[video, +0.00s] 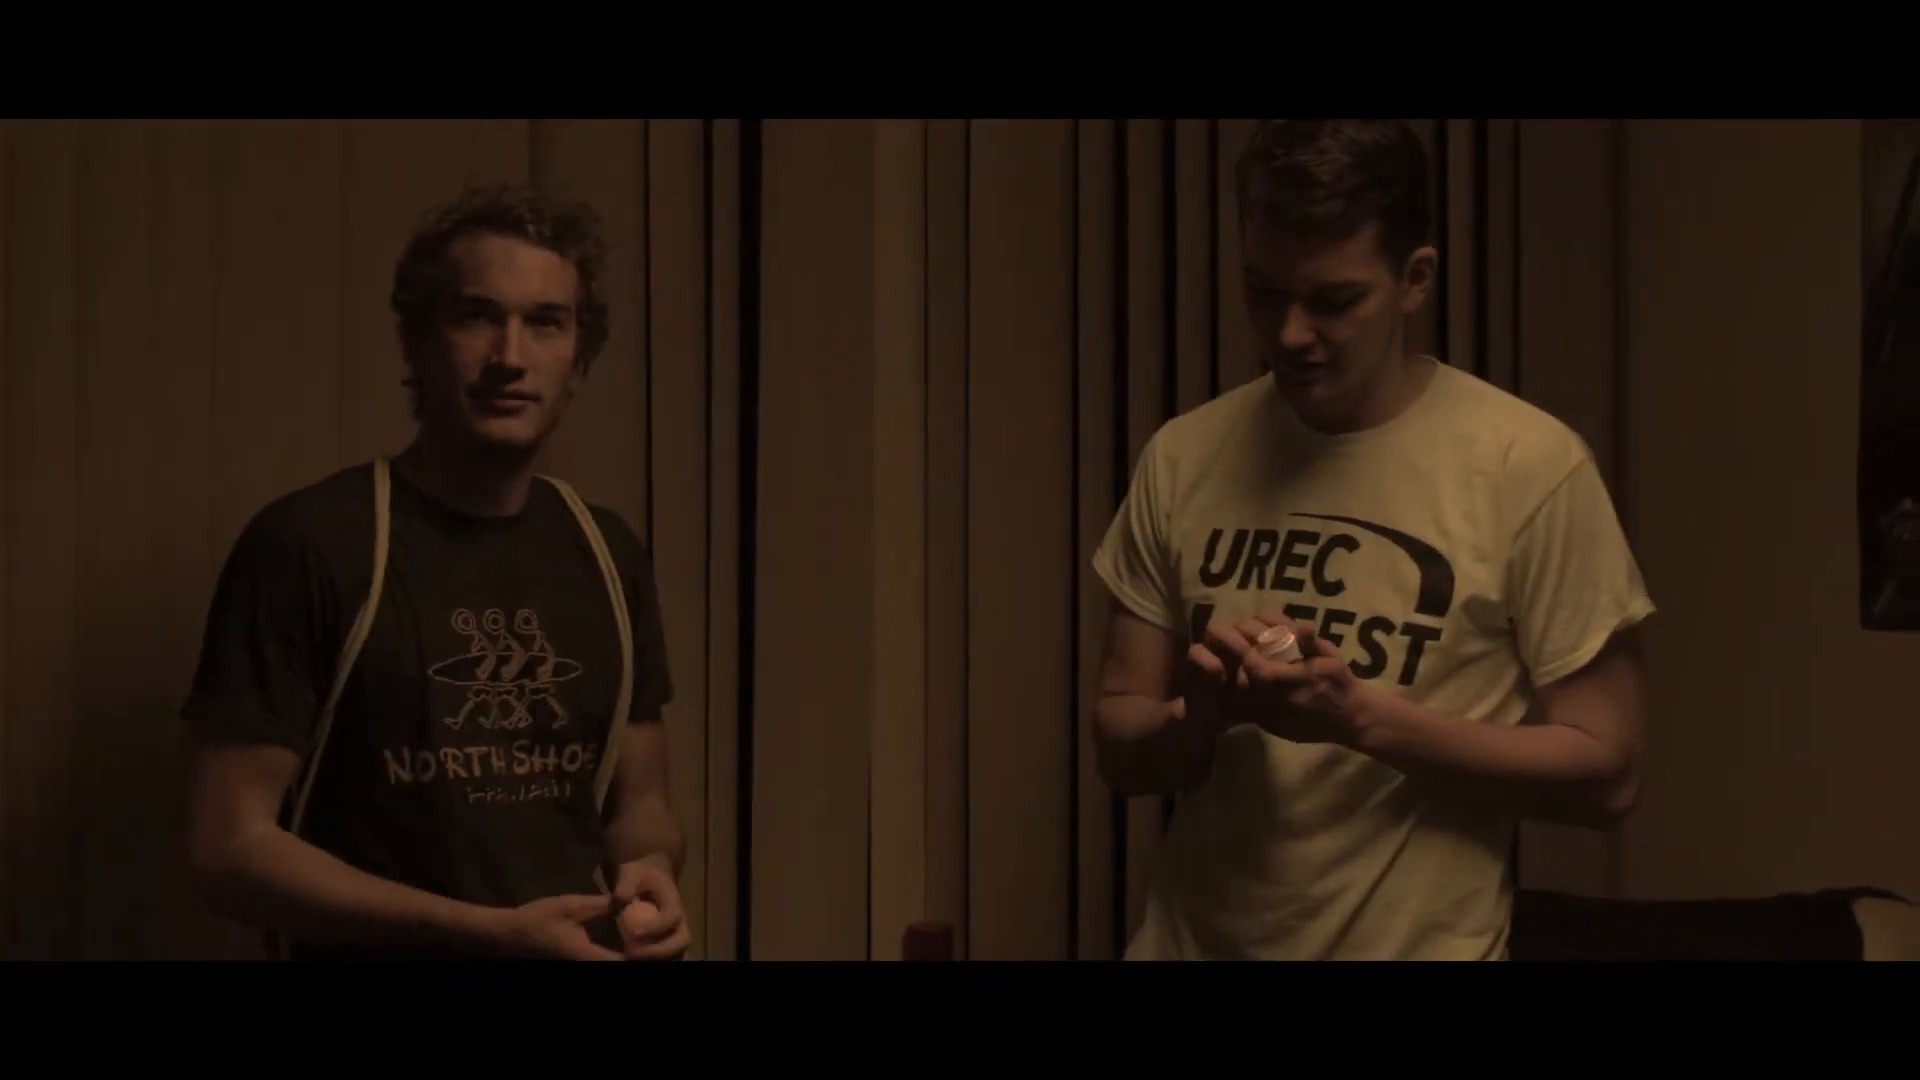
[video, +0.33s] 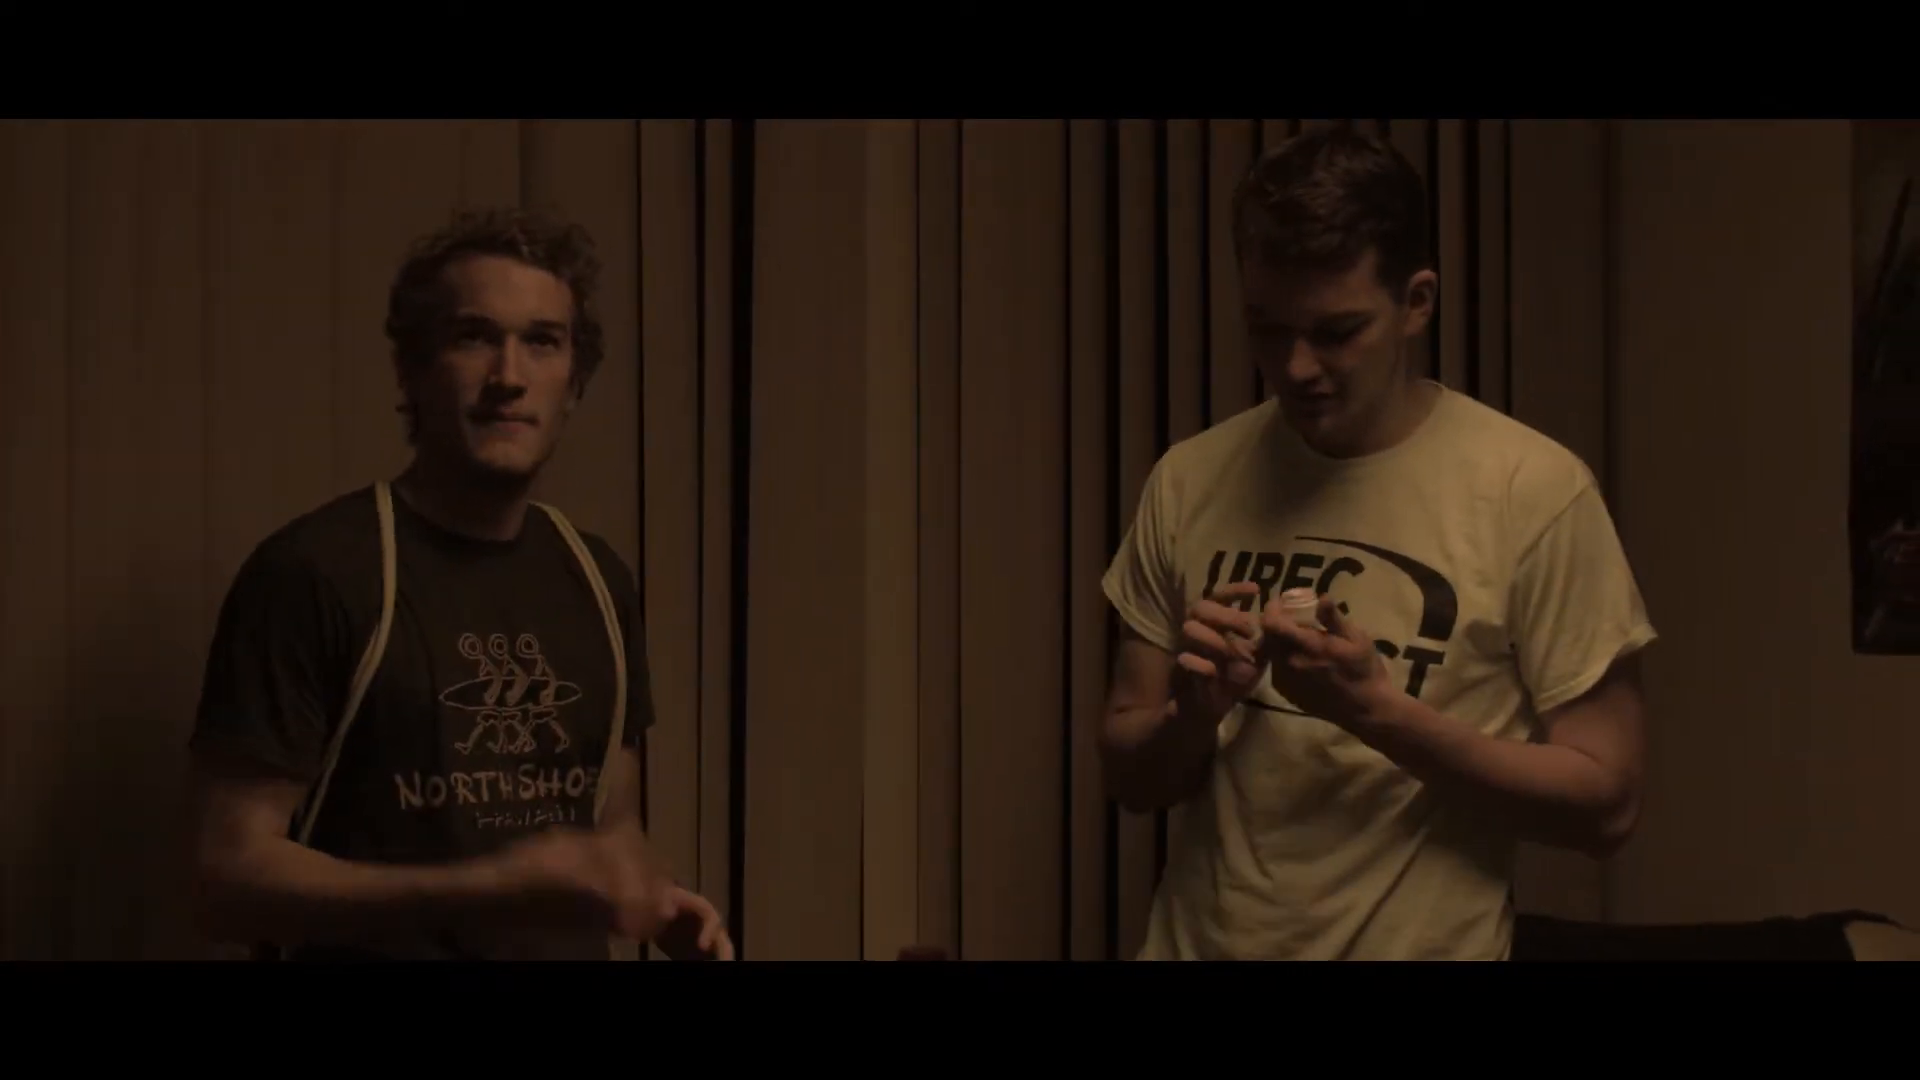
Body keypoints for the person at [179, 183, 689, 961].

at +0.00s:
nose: (510, 356)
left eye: (544, 322)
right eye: (476, 317)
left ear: (581, 355)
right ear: (414, 342)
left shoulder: (607, 552)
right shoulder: (306, 548)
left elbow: (638, 793)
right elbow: (229, 844)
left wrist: (648, 873)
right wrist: (497, 931)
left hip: (583, 950)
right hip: (376, 955)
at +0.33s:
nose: (510, 374)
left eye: (542, 342)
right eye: (474, 338)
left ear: (573, 378)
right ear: (410, 371)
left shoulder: (599, 581)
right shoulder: (311, 576)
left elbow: (614, 822)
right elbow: (231, 865)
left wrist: (653, 901)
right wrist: (499, 885)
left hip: (561, 953)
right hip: (375, 954)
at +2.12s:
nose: (488, 284)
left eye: (518, 265)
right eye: (445, 253)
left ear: (545, 314)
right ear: (363, 300)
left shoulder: (526, 552)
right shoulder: (305, 474)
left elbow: (499, 848)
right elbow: (352, 621)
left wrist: (557, 944)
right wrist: (559, 415)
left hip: (473, 938)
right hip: (305, 926)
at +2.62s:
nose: (434, 427)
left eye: (470, 380)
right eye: (398, 384)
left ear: (529, 368)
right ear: (355, 374)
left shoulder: (583, 542)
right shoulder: (260, 583)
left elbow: (590, 830)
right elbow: (184, 885)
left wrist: (628, 950)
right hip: (338, 947)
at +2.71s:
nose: (408, 449)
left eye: (441, 400)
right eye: (372, 407)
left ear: (509, 383)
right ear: (337, 398)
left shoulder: (606, 553)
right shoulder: (247, 589)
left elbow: (635, 813)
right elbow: (172, 881)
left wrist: (673, 949)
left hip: (553, 945)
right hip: (326, 949)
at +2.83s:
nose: (364, 466)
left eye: (399, 420)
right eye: (333, 426)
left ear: (484, 396)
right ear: (308, 413)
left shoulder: (623, 556)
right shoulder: (240, 586)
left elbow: (698, 821)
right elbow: (174, 862)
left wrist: (750, 954)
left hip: (556, 947)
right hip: (324, 950)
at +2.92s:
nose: (337, 463)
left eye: (372, 420)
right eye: (311, 424)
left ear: (467, 395)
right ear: (289, 409)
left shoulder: (620, 556)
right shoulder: (239, 590)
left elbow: (726, 831)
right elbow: (190, 867)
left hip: (560, 948)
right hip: (330, 952)